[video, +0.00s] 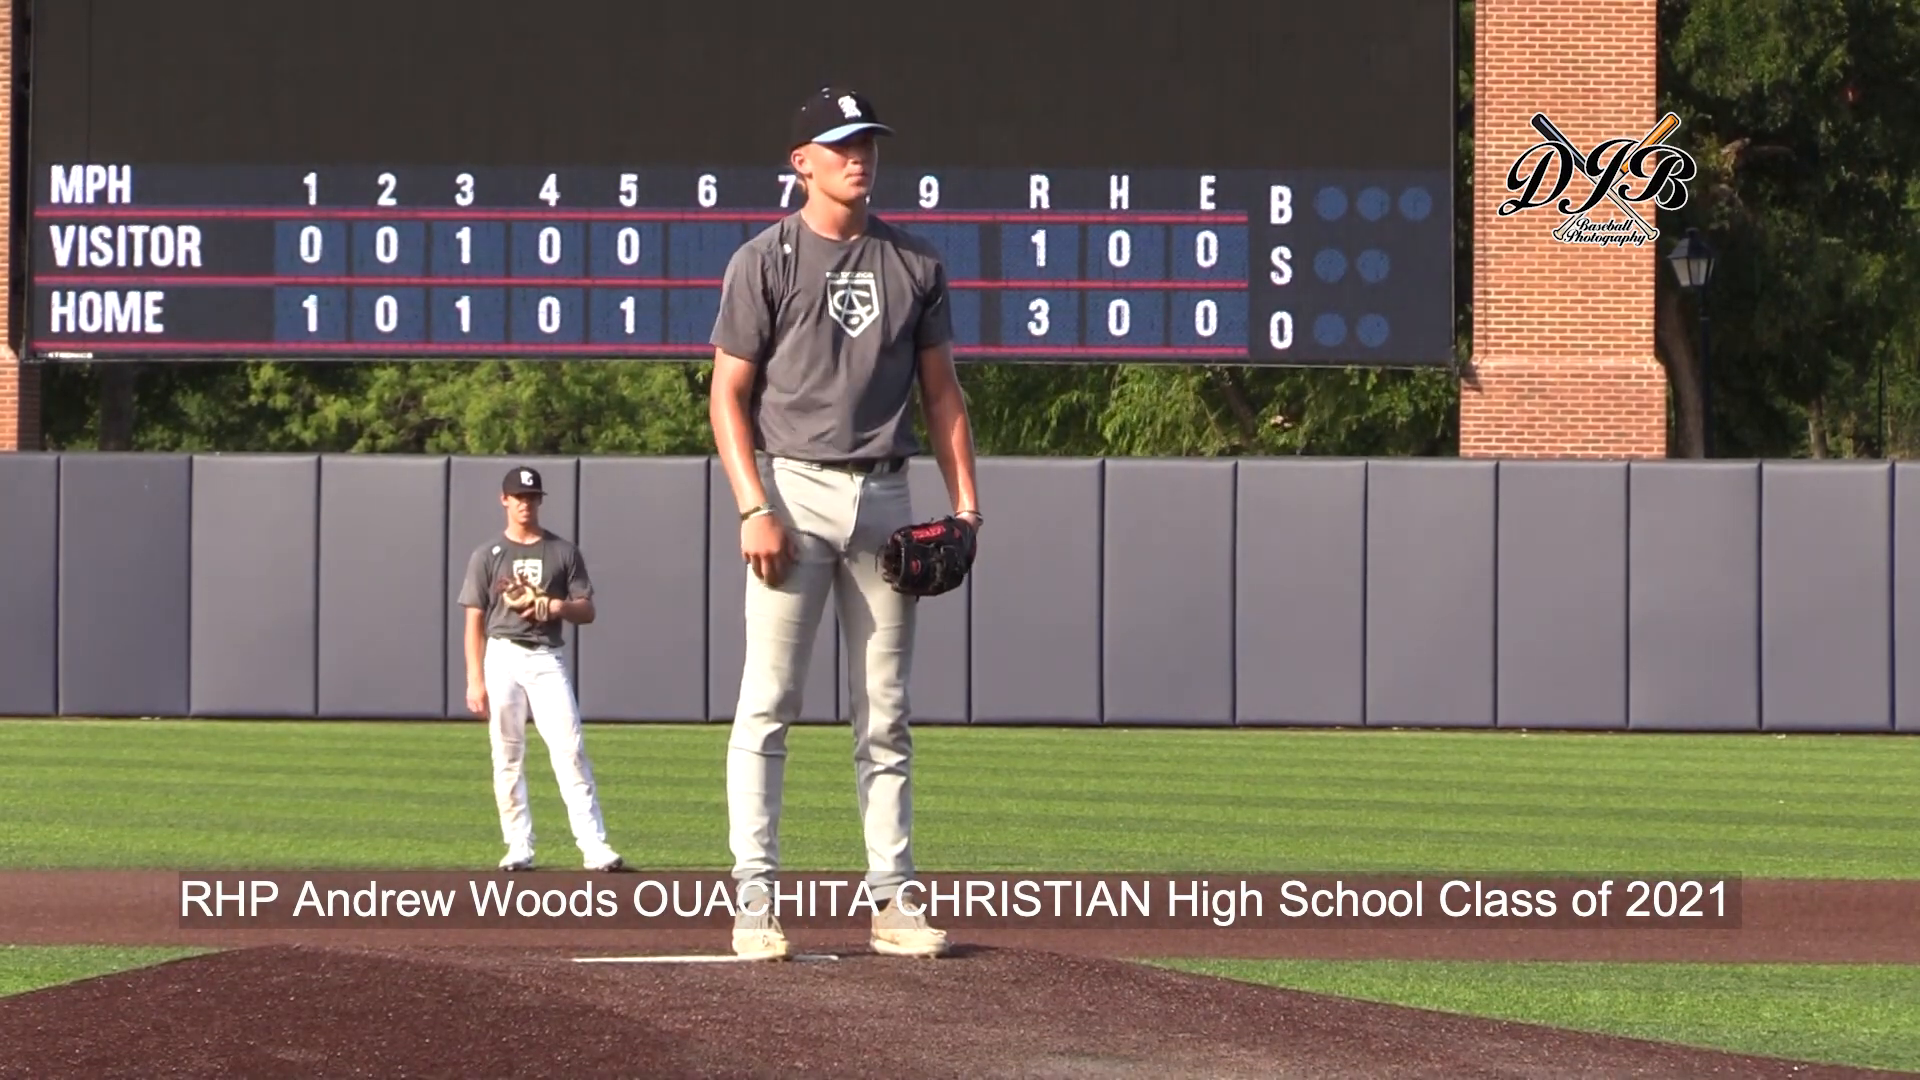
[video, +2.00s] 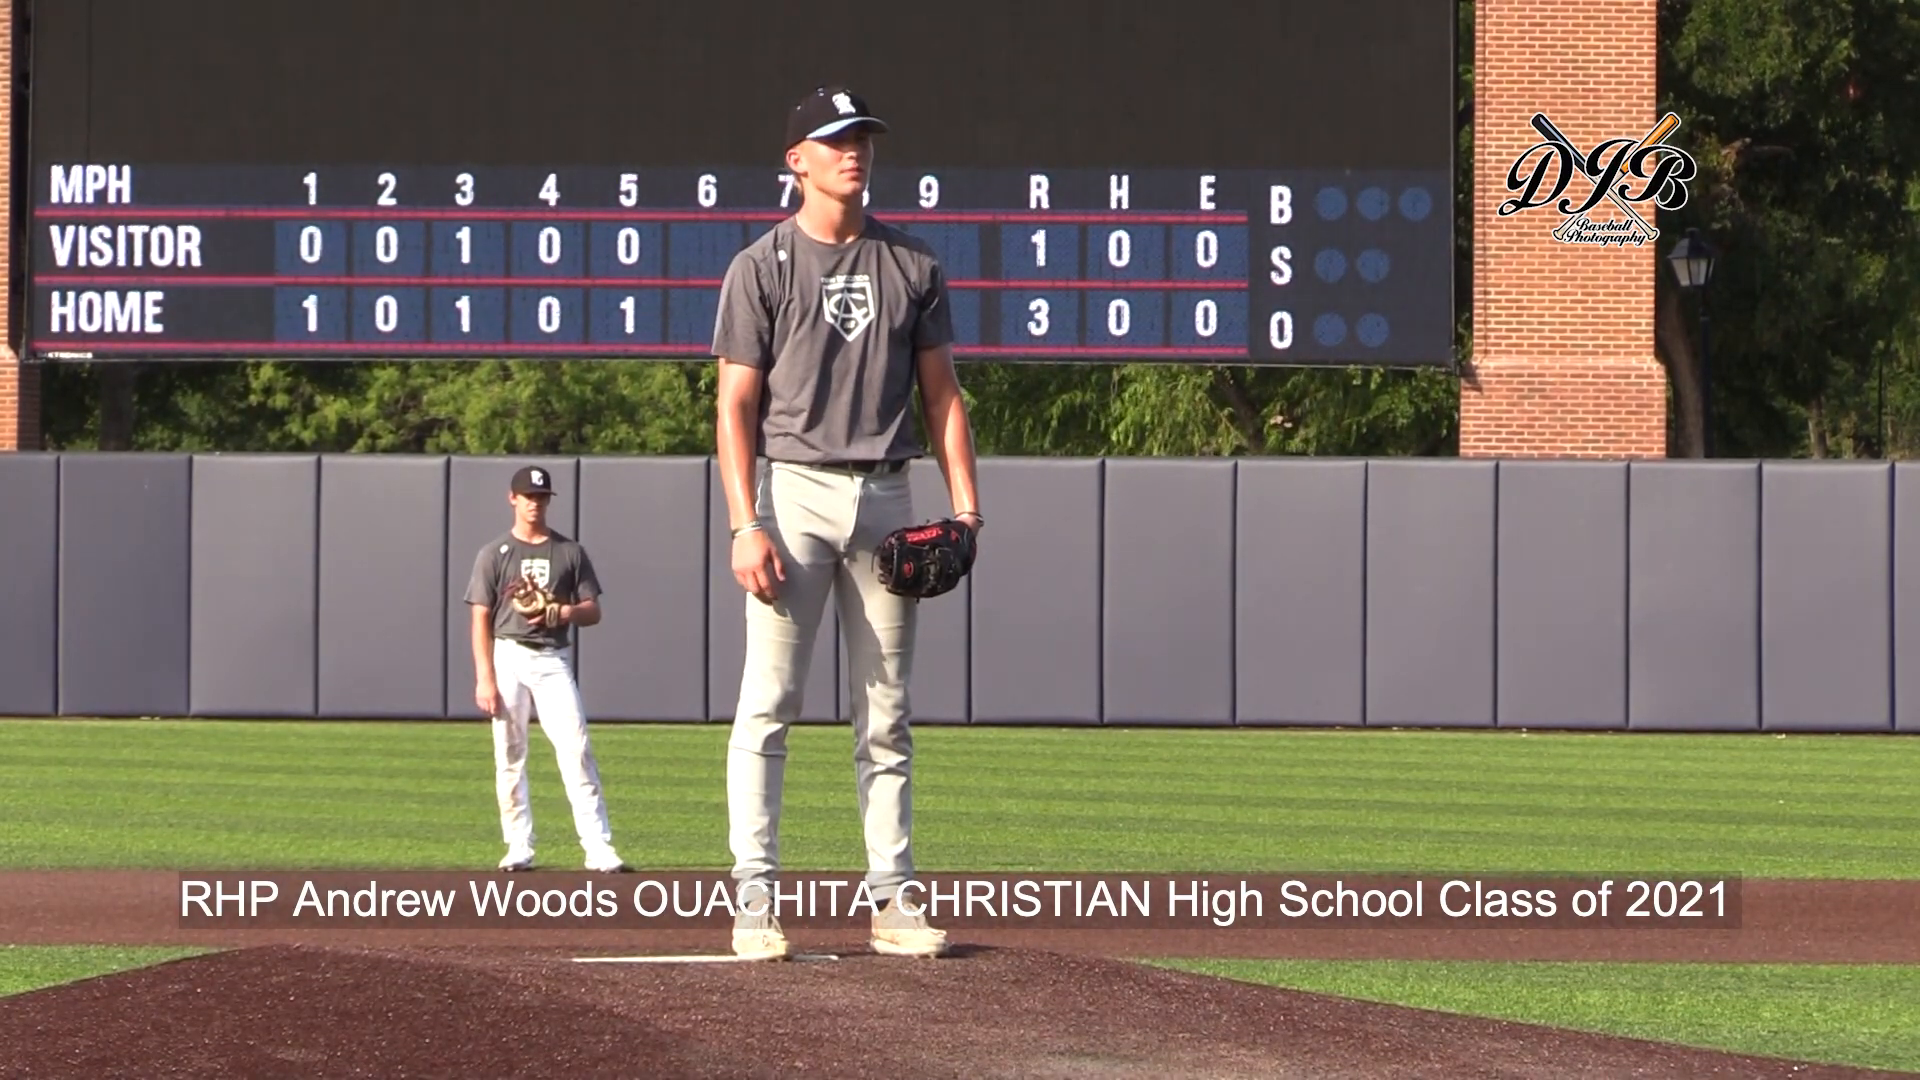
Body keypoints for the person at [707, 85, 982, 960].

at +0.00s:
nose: (860, 161)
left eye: (868, 148)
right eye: (843, 149)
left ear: (877, 160)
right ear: (803, 162)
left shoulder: (914, 266)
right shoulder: (763, 261)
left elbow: (943, 393)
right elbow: (727, 396)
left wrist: (965, 504)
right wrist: (755, 507)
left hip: (886, 496)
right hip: (790, 493)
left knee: (886, 713)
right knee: (768, 705)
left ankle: (893, 898)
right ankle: (756, 895)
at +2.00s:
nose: (853, 157)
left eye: (860, 143)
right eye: (836, 145)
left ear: (871, 157)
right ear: (798, 160)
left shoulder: (913, 268)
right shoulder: (758, 269)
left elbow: (944, 395)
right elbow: (733, 407)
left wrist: (965, 509)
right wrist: (744, 523)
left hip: (888, 496)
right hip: (792, 493)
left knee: (887, 712)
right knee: (769, 704)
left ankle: (893, 897)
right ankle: (756, 895)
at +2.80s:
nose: (853, 159)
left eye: (861, 145)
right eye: (837, 147)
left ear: (871, 158)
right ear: (798, 160)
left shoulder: (912, 266)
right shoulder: (759, 266)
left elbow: (943, 391)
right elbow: (732, 405)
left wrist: (965, 504)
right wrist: (745, 523)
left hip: (888, 496)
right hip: (792, 492)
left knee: (887, 711)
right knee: (769, 703)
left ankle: (893, 898)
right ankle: (756, 895)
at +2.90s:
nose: (853, 159)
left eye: (861, 145)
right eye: (836, 147)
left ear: (871, 157)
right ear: (798, 160)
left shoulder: (912, 264)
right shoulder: (759, 265)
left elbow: (943, 390)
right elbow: (732, 403)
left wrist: (964, 501)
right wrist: (745, 522)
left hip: (888, 497)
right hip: (792, 493)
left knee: (886, 711)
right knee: (769, 703)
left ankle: (892, 899)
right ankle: (756, 894)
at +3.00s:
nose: (852, 158)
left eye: (860, 145)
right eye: (835, 146)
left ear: (870, 156)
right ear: (797, 159)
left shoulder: (913, 263)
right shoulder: (760, 261)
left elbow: (943, 390)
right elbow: (730, 400)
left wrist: (964, 502)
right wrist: (750, 519)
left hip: (889, 497)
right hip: (792, 493)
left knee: (886, 711)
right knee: (769, 704)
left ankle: (892, 899)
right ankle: (755, 894)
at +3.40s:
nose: (845, 158)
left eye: (852, 144)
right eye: (827, 146)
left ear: (862, 157)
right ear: (787, 160)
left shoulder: (906, 258)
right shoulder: (752, 262)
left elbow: (936, 387)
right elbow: (724, 397)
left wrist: (915, 490)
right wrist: (820, 479)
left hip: (882, 501)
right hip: (783, 499)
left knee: (886, 714)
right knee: (767, 701)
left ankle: (893, 900)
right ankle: (756, 899)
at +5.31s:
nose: (915, 165)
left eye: (926, 151)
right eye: (898, 153)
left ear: (944, 161)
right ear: (870, 168)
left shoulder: (969, 249)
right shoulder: (859, 268)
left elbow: (969, 393)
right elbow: (848, 381)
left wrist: (865, 470)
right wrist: (810, 447)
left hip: (948, 501)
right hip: (871, 503)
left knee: (954, 704)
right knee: (851, 701)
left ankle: (970, 908)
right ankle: (881, 898)